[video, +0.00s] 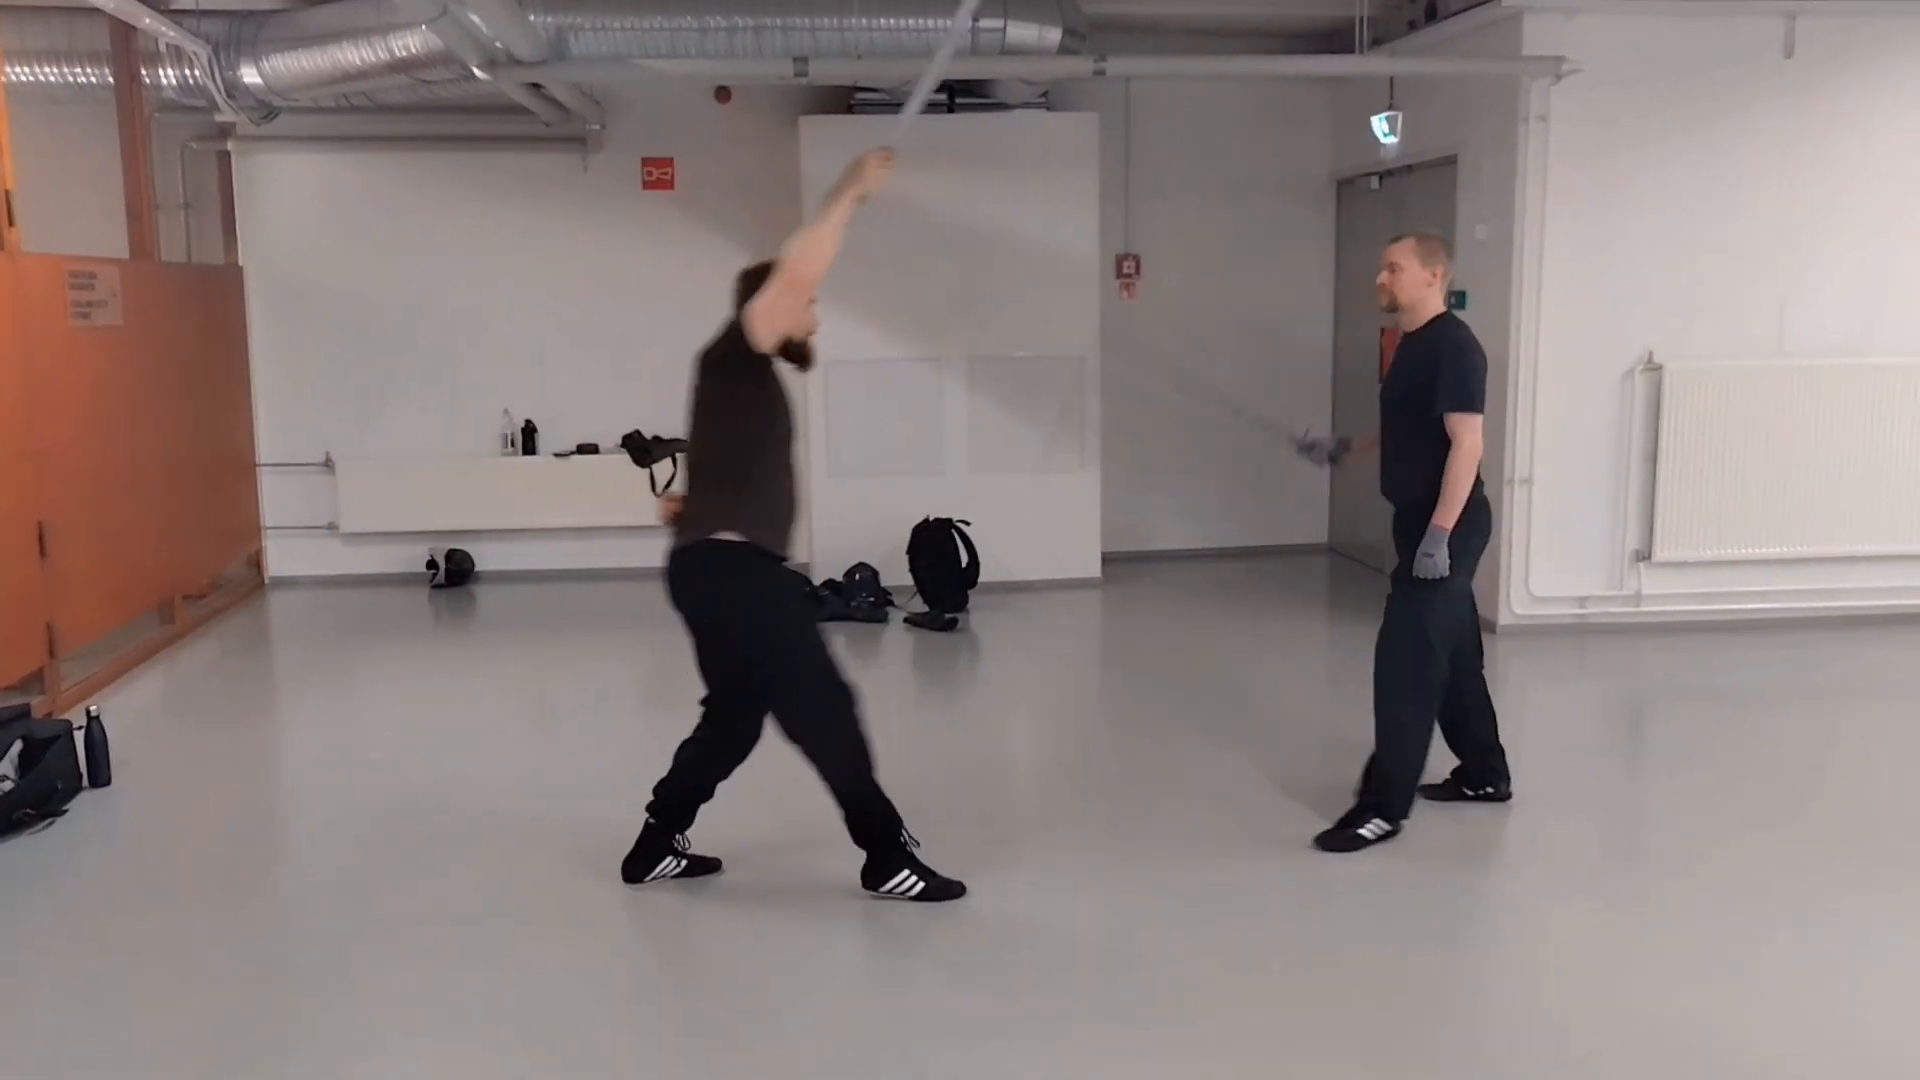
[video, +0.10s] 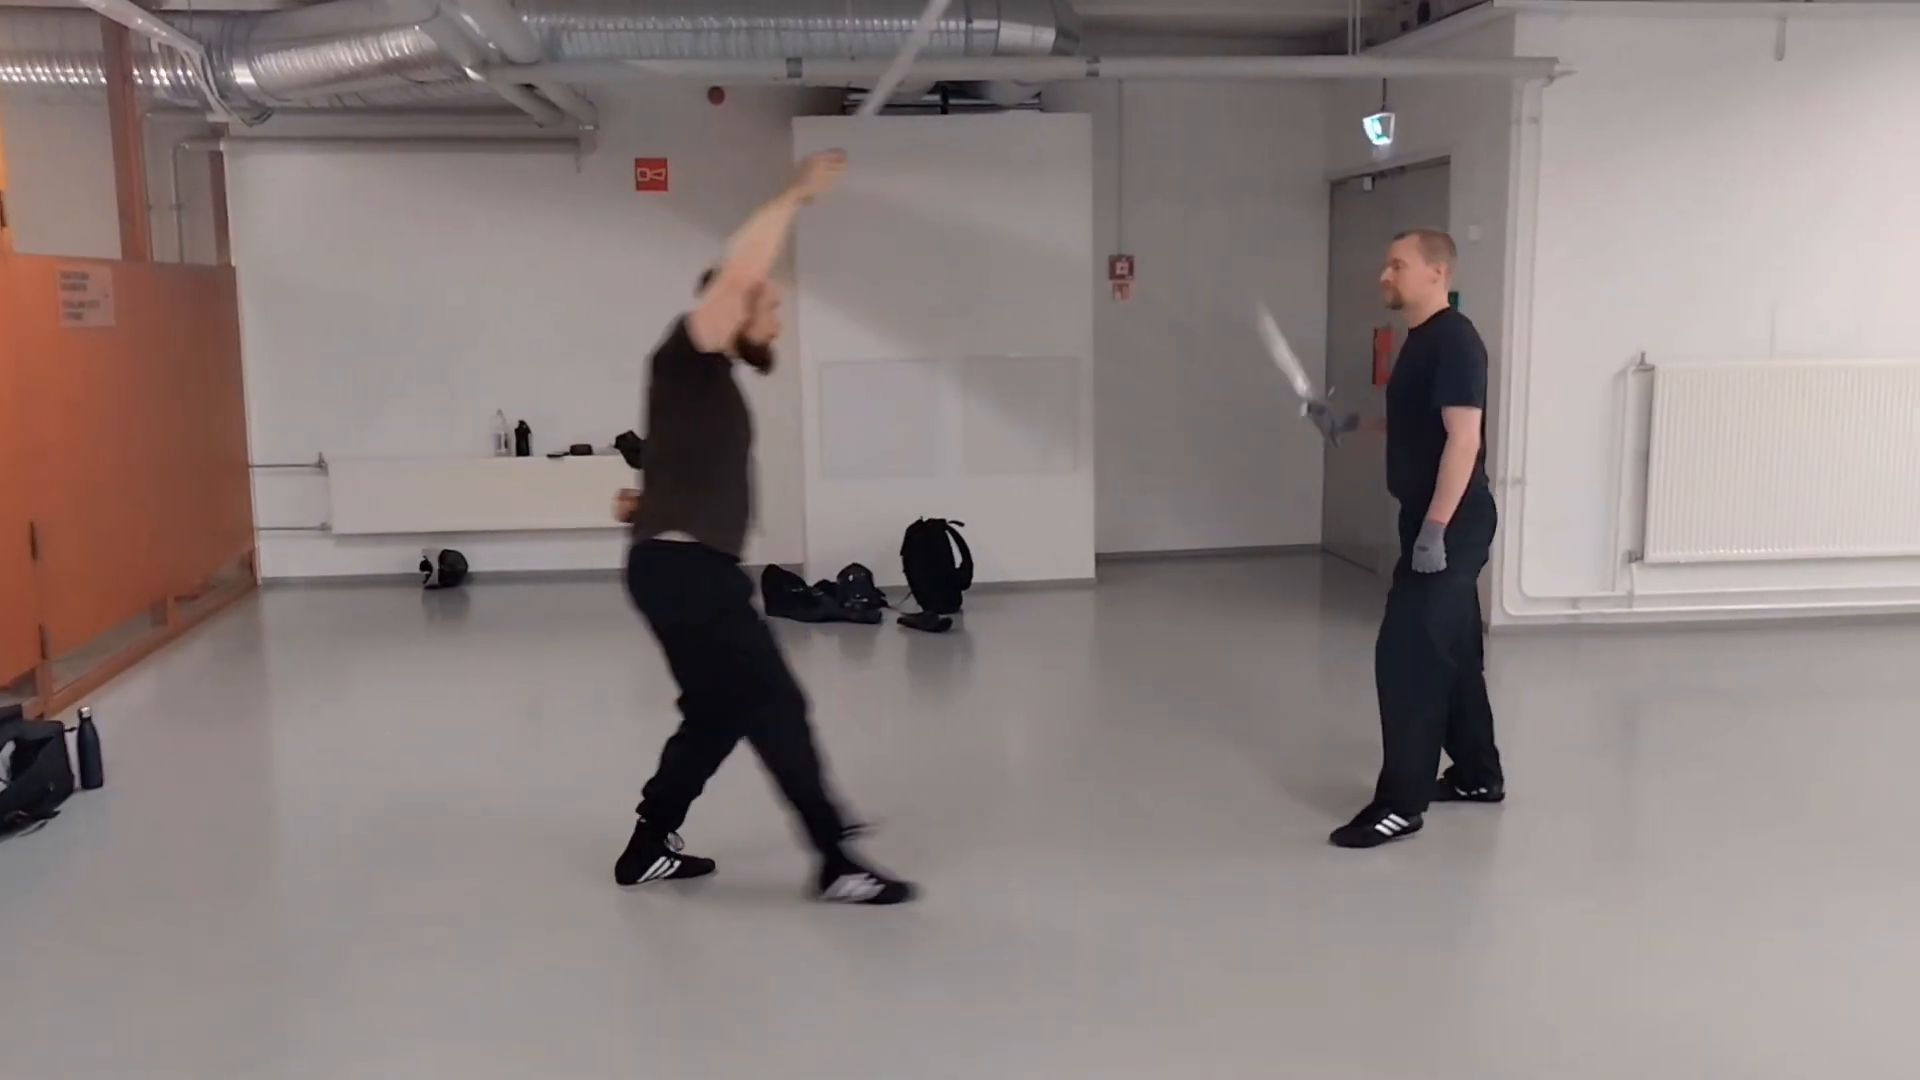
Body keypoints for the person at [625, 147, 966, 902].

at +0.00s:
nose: (814, 314)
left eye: (814, 301)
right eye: (804, 299)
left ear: (770, 304)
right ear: (769, 300)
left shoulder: (743, 374)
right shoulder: (738, 357)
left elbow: (732, 477)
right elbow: (796, 275)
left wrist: (691, 508)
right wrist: (848, 196)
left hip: (712, 567)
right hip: (737, 566)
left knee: (734, 718)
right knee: (825, 710)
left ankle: (654, 845)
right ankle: (888, 858)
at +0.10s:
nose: (775, 316)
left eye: (776, 304)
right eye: (765, 302)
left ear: (751, 314)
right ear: (727, 300)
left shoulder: (711, 380)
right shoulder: (688, 359)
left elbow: (704, 479)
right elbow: (741, 273)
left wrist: (649, 503)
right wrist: (793, 194)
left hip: (690, 566)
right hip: (682, 566)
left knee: (718, 713)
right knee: (774, 705)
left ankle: (646, 846)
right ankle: (836, 862)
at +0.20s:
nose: (742, 316)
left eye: (743, 304)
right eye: (734, 302)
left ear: (710, 313)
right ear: (698, 301)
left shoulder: (679, 376)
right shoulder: (651, 354)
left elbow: (662, 470)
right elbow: (690, 269)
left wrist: (609, 499)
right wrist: (747, 186)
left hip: (649, 562)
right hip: (639, 563)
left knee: (687, 714)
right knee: (729, 707)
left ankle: (636, 851)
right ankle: (748, 868)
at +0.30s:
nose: (709, 310)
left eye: (709, 298)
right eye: (702, 297)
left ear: (680, 304)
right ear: (666, 295)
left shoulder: (647, 370)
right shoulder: (612, 348)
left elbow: (625, 458)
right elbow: (651, 263)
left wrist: (575, 487)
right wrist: (711, 181)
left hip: (622, 559)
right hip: (589, 557)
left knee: (667, 705)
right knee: (661, 706)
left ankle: (639, 851)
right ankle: (629, 863)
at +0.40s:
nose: (676, 309)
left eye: (674, 296)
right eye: (666, 296)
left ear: (646, 304)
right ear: (629, 297)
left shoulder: (619, 378)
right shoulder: (571, 351)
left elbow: (593, 464)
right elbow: (610, 266)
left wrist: (538, 487)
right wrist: (670, 186)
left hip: (589, 563)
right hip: (545, 557)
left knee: (640, 709)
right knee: (601, 711)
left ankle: (622, 855)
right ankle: (517, 868)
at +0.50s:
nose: (638, 311)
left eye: (637, 299)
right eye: (629, 298)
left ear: (602, 311)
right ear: (590, 301)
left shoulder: (585, 379)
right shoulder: (536, 353)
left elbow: (543, 467)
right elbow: (569, 269)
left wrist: (491, 499)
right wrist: (627, 187)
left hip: (556, 574)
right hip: (504, 567)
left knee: (615, 706)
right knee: (505, 728)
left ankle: (616, 853)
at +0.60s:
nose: (595, 320)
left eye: (594, 307)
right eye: (586, 307)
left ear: (562, 318)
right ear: (544, 311)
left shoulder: (542, 392)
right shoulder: (490, 365)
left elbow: (492, 478)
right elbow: (518, 282)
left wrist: (446, 523)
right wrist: (580, 192)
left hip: (521, 590)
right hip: (460, 583)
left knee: (590, 711)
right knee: (421, 734)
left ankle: (609, 855)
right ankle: (287, 865)